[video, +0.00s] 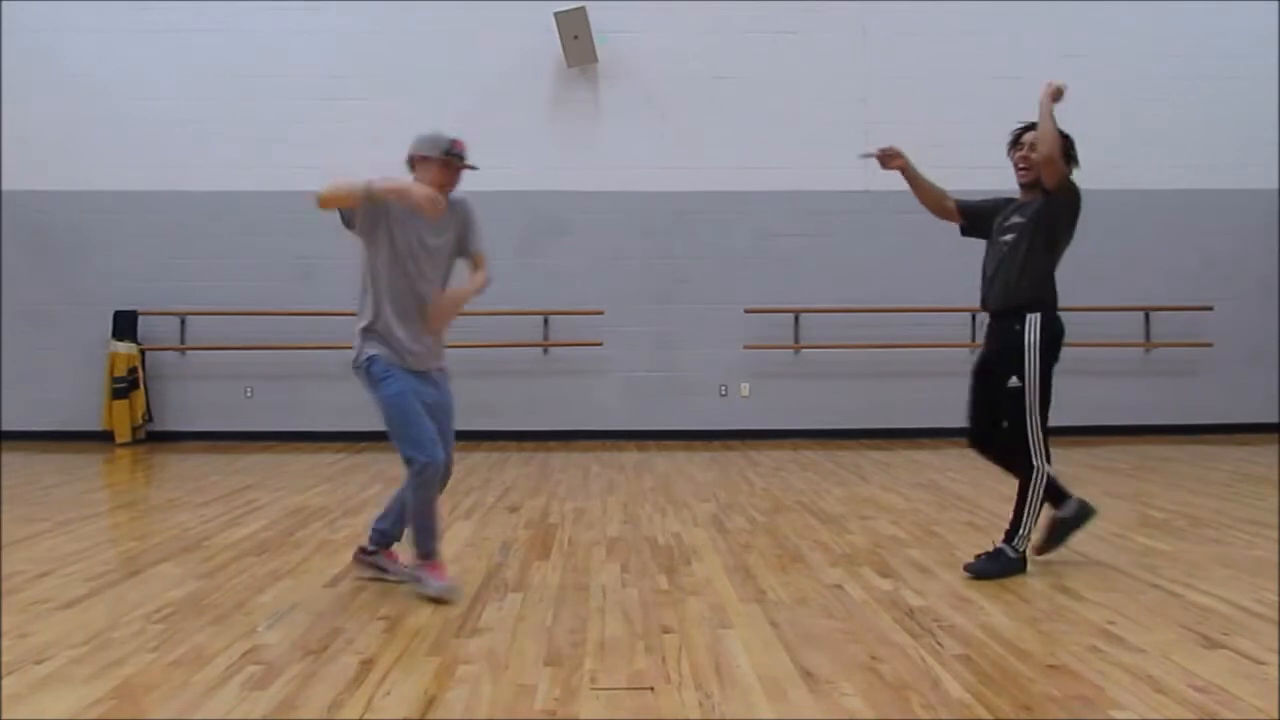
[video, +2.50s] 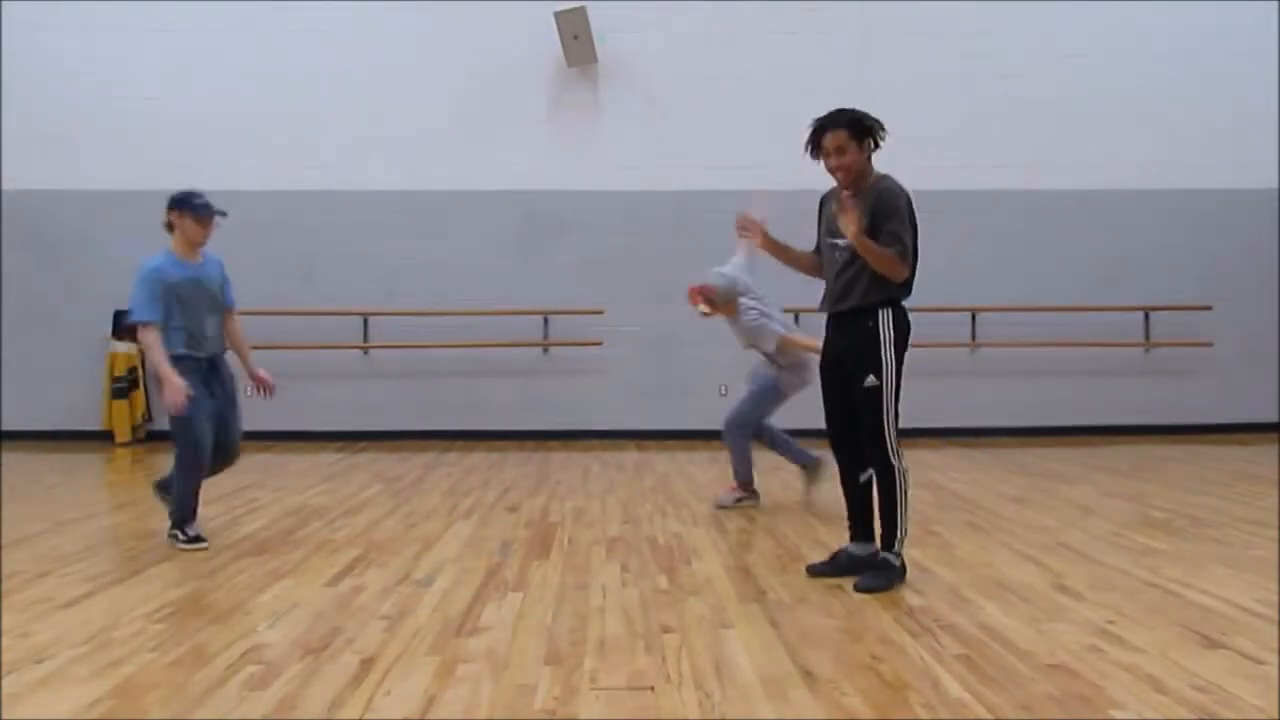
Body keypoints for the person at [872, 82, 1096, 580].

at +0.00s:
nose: (1023, 156)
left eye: (1033, 150)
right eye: (1019, 150)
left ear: (1057, 162)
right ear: (1011, 162)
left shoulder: (1060, 206)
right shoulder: (1004, 210)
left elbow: (1050, 159)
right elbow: (946, 208)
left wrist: (1046, 105)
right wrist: (906, 169)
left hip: (1034, 325)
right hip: (1001, 327)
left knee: (1030, 430)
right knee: (983, 432)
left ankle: (1014, 548)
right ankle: (1065, 504)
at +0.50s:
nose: (918, 162)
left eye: (928, 153)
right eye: (913, 154)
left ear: (952, 162)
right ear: (908, 163)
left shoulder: (966, 215)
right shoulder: (903, 217)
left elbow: (962, 278)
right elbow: (853, 242)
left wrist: (901, 300)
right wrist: (864, 185)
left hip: (940, 335)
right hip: (898, 336)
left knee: (946, 442)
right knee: (883, 442)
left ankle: (1000, 538)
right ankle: (877, 544)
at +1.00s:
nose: (865, 167)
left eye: (874, 157)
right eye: (858, 158)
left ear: (899, 157)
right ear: (852, 162)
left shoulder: (921, 206)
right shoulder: (852, 213)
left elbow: (926, 274)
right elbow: (848, 280)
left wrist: (853, 267)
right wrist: (833, 268)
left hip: (897, 326)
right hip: (858, 327)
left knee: (890, 441)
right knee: (863, 440)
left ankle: (889, 552)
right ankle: (872, 543)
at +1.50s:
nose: (846, 172)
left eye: (854, 162)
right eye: (840, 163)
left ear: (881, 155)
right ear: (837, 160)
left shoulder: (904, 201)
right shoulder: (843, 206)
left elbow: (900, 273)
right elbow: (830, 273)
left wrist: (846, 243)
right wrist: (782, 248)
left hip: (883, 329)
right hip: (844, 331)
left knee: (885, 444)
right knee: (848, 442)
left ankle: (889, 555)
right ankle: (862, 546)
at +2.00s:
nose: (827, 164)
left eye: (833, 153)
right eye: (821, 155)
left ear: (861, 145)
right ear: (820, 151)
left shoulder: (889, 186)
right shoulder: (830, 191)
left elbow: (894, 259)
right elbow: (821, 255)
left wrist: (859, 218)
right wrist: (773, 229)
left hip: (877, 316)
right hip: (837, 318)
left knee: (885, 437)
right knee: (845, 437)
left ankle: (889, 548)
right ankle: (852, 540)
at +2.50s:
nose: (834, 163)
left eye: (842, 151)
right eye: (826, 156)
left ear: (867, 147)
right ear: (821, 158)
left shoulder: (890, 196)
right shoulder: (831, 202)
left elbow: (900, 271)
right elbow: (821, 266)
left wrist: (858, 234)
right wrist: (769, 243)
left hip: (879, 324)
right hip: (840, 326)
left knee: (880, 440)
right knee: (846, 441)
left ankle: (892, 554)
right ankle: (861, 545)